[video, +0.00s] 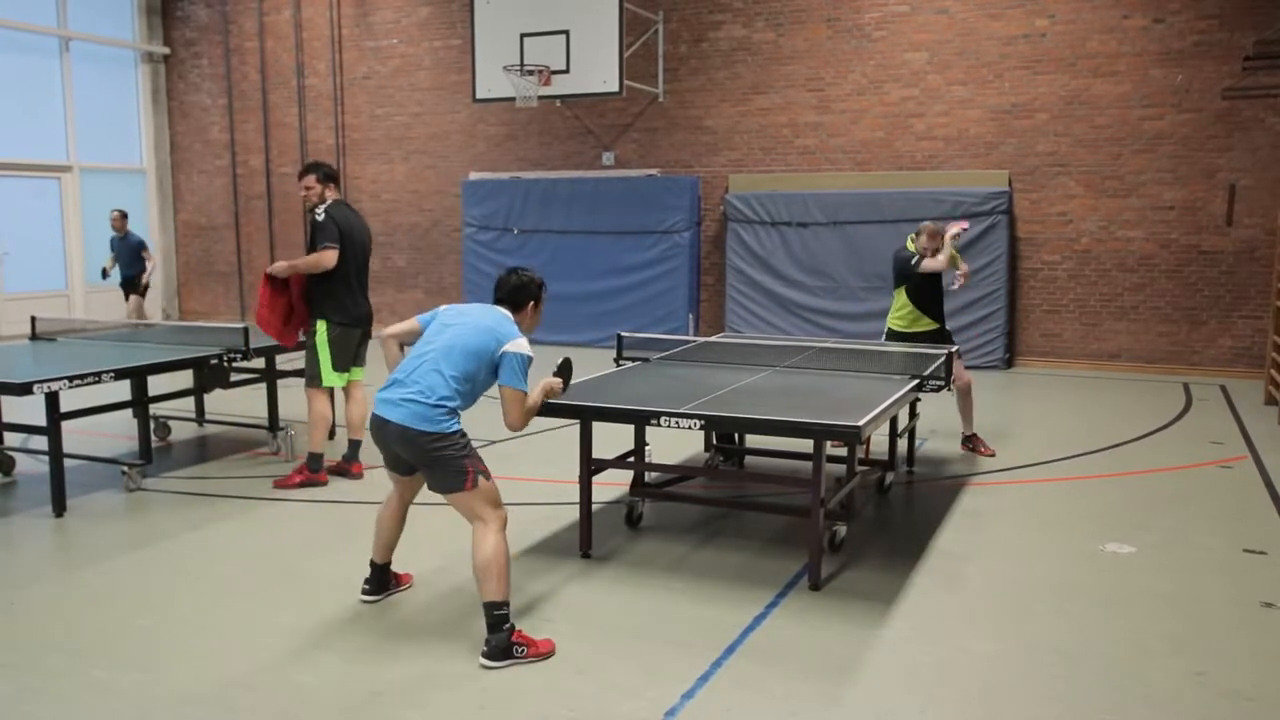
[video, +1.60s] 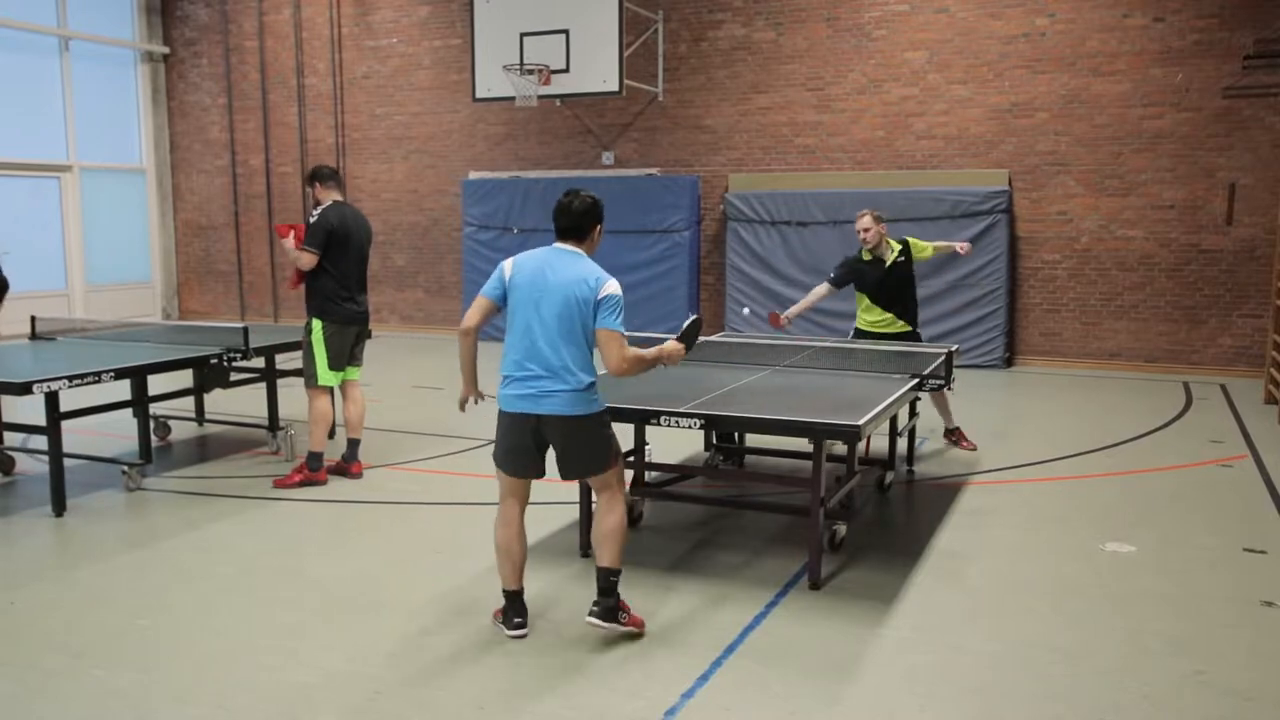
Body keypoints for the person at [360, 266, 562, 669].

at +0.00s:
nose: (540, 315)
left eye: (540, 307)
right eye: (540, 307)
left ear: (499, 299)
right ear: (530, 306)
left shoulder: (454, 311)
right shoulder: (513, 339)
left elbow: (390, 334)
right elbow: (515, 420)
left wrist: (403, 390)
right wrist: (543, 390)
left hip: (385, 417)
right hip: (430, 427)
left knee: (404, 486)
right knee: (490, 518)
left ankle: (378, 578)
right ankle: (500, 638)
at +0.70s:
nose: (533, 290)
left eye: (535, 281)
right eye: (533, 281)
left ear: (497, 272)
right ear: (515, 277)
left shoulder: (450, 289)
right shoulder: (496, 318)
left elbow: (403, 329)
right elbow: (520, 388)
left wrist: (439, 362)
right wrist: (575, 371)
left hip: (420, 420)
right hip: (461, 422)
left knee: (421, 490)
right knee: (547, 464)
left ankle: (366, 573)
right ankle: (534, 569)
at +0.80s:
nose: (565, 288)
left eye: (566, 280)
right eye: (564, 280)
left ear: (533, 272)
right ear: (543, 276)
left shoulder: (475, 283)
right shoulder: (525, 314)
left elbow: (425, 312)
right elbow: (559, 384)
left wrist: (453, 351)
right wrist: (618, 374)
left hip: (443, 413)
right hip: (487, 417)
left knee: (422, 491)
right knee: (561, 471)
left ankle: (366, 573)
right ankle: (600, 562)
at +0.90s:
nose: (603, 293)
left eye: (605, 285)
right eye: (603, 284)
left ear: (573, 273)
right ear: (583, 279)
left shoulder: (515, 280)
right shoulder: (572, 323)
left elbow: (456, 302)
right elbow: (612, 385)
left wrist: (476, 355)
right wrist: (670, 374)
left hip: (475, 409)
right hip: (523, 417)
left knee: (433, 492)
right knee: (585, 478)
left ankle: (374, 572)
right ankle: (623, 563)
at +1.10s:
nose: (655, 308)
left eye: (655, 301)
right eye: (655, 302)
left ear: (616, 289)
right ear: (644, 301)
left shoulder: (572, 300)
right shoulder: (635, 346)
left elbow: (514, 327)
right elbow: (665, 384)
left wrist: (505, 381)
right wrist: (712, 365)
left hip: (526, 427)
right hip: (578, 438)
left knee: (480, 499)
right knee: (634, 464)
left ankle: (422, 578)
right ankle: (629, 562)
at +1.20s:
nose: (654, 298)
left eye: (654, 291)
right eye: (654, 291)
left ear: (614, 281)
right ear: (646, 292)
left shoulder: (573, 297)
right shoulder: (643, 339)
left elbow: (523, 333)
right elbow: (658, 387)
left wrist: (513, 388)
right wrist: (699, 360)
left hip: (536, 431)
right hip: (590, 439)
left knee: (502, 497)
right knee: (638, 464)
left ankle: (470, 582)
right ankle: (630, 562)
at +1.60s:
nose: (602, 235)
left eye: (601, 228)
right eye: (602, 229)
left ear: (555, 228)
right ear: (595, 231)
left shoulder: (514, 266)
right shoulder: (600, 283)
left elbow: (468, 325)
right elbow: (618, 364)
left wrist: (469, 383)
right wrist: (660, 354)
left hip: (516, 411)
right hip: (575, 413)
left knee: (511, 502)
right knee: (609, 491)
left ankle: (514, 609)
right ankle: (607, 601)